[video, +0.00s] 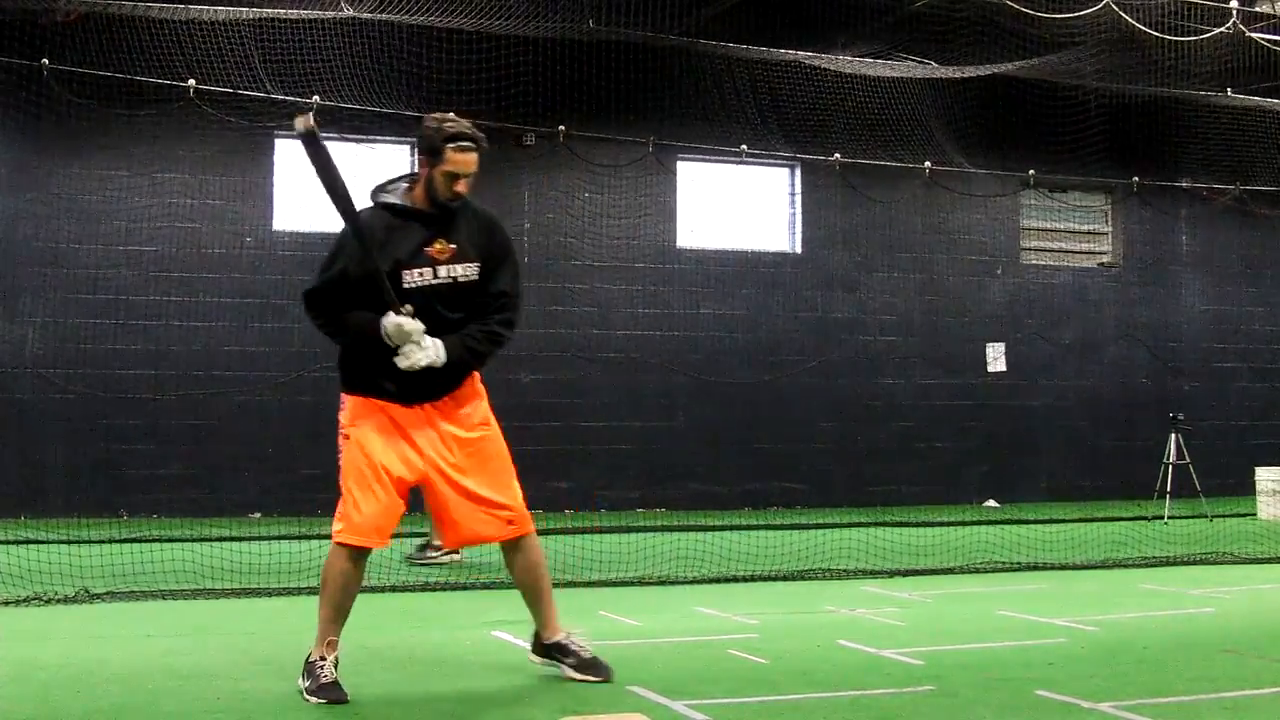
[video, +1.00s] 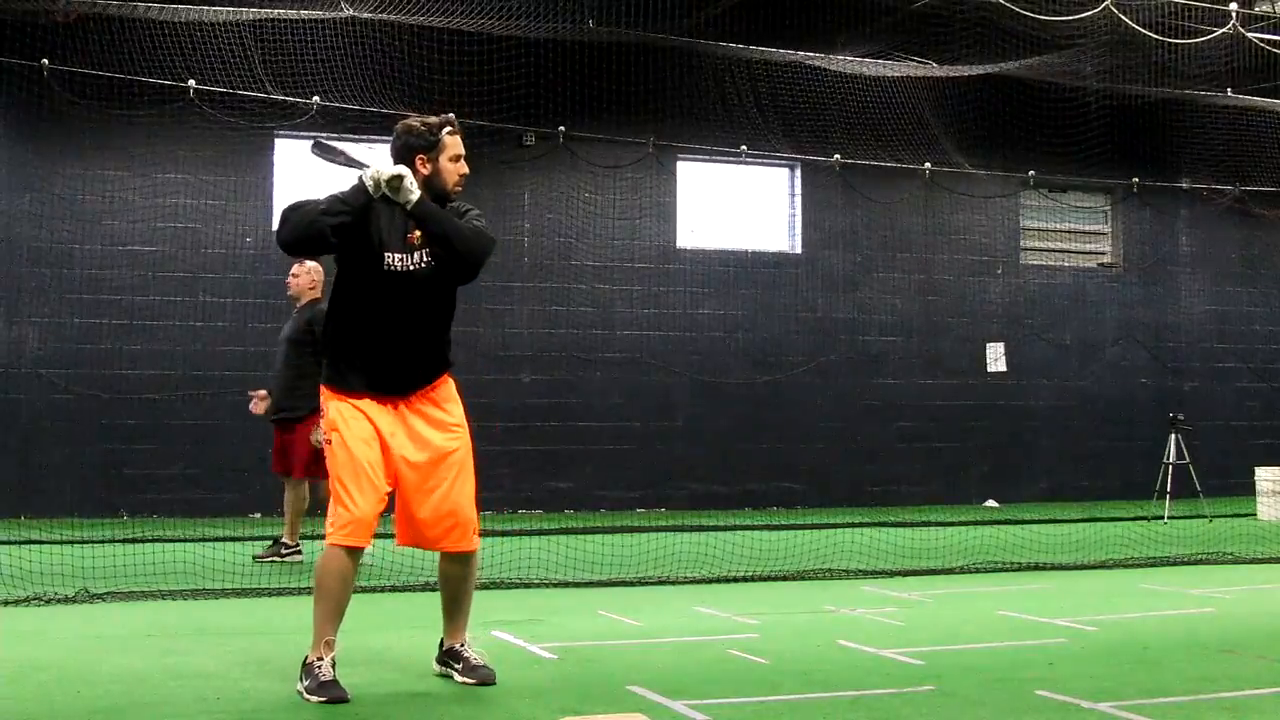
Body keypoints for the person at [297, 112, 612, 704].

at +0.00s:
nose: (463, 187)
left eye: (471, 177)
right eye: (454, 175)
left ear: (478, 172)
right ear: (424, 165)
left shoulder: (486, 233)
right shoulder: (372, 229)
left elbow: (501, 317)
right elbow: (324, 301)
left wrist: (446, 350)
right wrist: (379, 327)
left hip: (460, 403)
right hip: (377, 407)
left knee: (515, 521)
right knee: (357, 533)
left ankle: (549, 636)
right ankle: (323, 655)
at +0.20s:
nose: (469, 147)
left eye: (468, 138)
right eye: (461, 138)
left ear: (436, 146)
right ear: (426, 146)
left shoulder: (473, 199)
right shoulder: (373, 207)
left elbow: (494, 250)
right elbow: (312, 270)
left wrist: (420, 214)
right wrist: (370, 219)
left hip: (462, 391)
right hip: (384, 394)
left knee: (478, 527)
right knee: (362, 528)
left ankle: (468, 645)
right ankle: (323, 657)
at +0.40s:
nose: (468, 152)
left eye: (466, 142)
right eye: (459, 143)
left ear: (433, 149)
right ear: (425, 150)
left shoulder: (469, 203)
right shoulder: (372, 212)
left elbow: (487, 243)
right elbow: (305, 259)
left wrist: (416, 201)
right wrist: (370, 209)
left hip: (453, 392)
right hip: (376, 395)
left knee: (476, 527)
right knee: (362, 528)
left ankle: (468, 645)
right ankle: (323, 657)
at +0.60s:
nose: (456, 156)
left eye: (456, 147)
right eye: (448, 147)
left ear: (427, 153)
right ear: (414, 152)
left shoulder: (452, 208)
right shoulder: (354, 207)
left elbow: (468, 251)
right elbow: (282, 233)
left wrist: (402, 200)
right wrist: (353, 196)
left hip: (428, 390)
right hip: (352, 394)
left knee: (467, 523)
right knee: (347, 530)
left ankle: (470, 635)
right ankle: (320, 658)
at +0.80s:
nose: (457, 162)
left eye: (456, 152)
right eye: (449, 153)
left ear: (427, 158)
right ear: (414, 157)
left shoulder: (450, 219)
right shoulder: (353, 207)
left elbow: (470, 251)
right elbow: (282, 226)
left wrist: (409, 202)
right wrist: (354, 186)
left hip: (424, 391)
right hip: (349, 392)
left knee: (461, 525)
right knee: (344, 527)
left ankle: (458, 640)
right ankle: (319, 658)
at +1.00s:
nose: (464, 167)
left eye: (463, 157)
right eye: (455, 158)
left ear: (434, 163)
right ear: (421, 163)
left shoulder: (457, 219)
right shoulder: (360, 210)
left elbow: (474, 252)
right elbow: (291, 235)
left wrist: (416, 200)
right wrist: (362, 192)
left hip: (430, 395)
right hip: (354, 397)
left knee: (459, 527)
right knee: (353, 523)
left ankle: (454, 646)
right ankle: (320, 657)